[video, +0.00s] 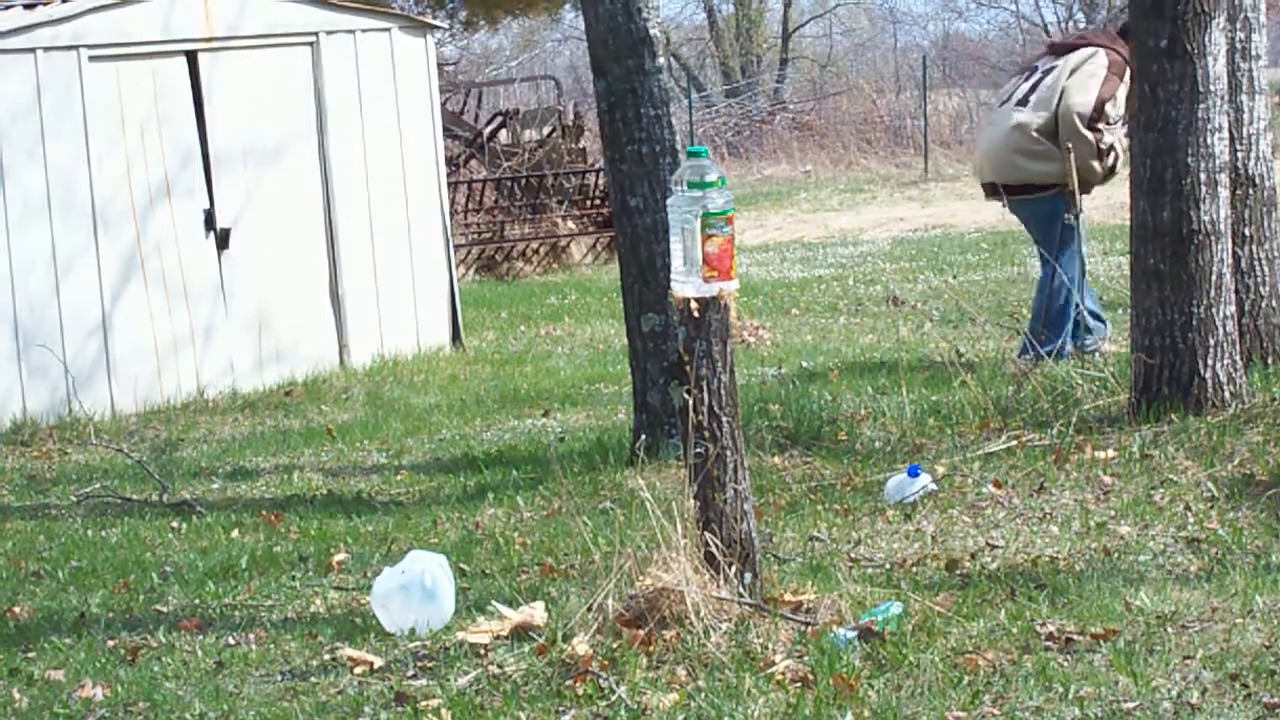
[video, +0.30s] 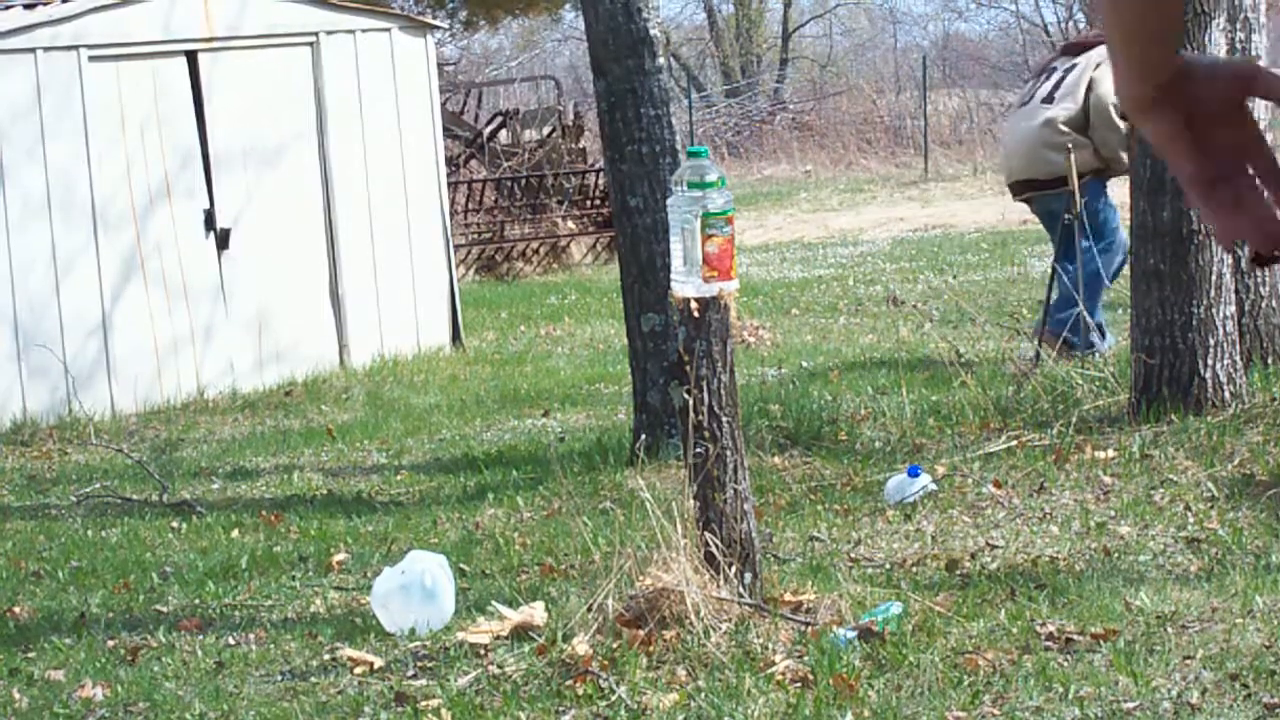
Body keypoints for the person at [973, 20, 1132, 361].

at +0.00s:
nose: (1144, 64)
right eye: (1147, 57)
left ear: (1118, 32)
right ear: (1136, 46)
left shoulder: (1070, 51)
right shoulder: (1109, 57)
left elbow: (1009, 101)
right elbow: (1077, 109)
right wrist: (1094, 170)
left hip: (997, 159)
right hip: (1034, 161)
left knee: (1063, 251)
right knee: (1063, 257)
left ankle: (1088, 335)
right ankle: (1041, 354)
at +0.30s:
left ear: (1095, 36)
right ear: (1125, 39)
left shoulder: (1064, 60)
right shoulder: (1110, 55)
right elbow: (1104, 106)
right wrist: (1122, 161)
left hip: (1019, 162)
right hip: (1060, 158)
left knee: (1071, 251)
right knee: (1111, 244)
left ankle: (1087, 341)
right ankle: (1062, 330)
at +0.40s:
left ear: (1081, 38)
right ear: (1112, 38)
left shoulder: (1056, 66)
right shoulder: (1110, 61)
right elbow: (1117, 118)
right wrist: (1131, 161)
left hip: (1023, 165)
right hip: (1072, 159)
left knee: (1072, 241)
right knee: (1125, 230)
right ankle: (1084, 320)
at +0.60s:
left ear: (1104, 39)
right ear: (1138, 38)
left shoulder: (1067, 64)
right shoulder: (1132, 54)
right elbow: (1133, 118)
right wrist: (1145, 166)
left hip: (1039, 168)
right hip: (1096, 159)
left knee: (1075, 243)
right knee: (1140, 237)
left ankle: (1081, 345)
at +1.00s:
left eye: (1106, 51)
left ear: (1106, 53)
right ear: (1138, 49)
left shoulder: (1086, 82)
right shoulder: (1151, 74)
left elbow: (1059, 139)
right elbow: (1167, 127)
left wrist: (1075, 175)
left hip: (1095, 177)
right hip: (1143, 176)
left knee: (1104, 254)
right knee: (1155, 257)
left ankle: (1094, 342)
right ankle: (1160, 343)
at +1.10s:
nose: (1095, 58)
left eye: (1100, 52)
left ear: (1113, 50)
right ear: (1140, 48)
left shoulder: (1094, 80)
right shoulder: (1152, 72)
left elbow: (1065, 127)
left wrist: (1068, 157)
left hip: (1100, 174)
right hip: (1143, 172)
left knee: (1111, 250)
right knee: (1152, 250)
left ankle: (1105, 330)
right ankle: (1157, 333)